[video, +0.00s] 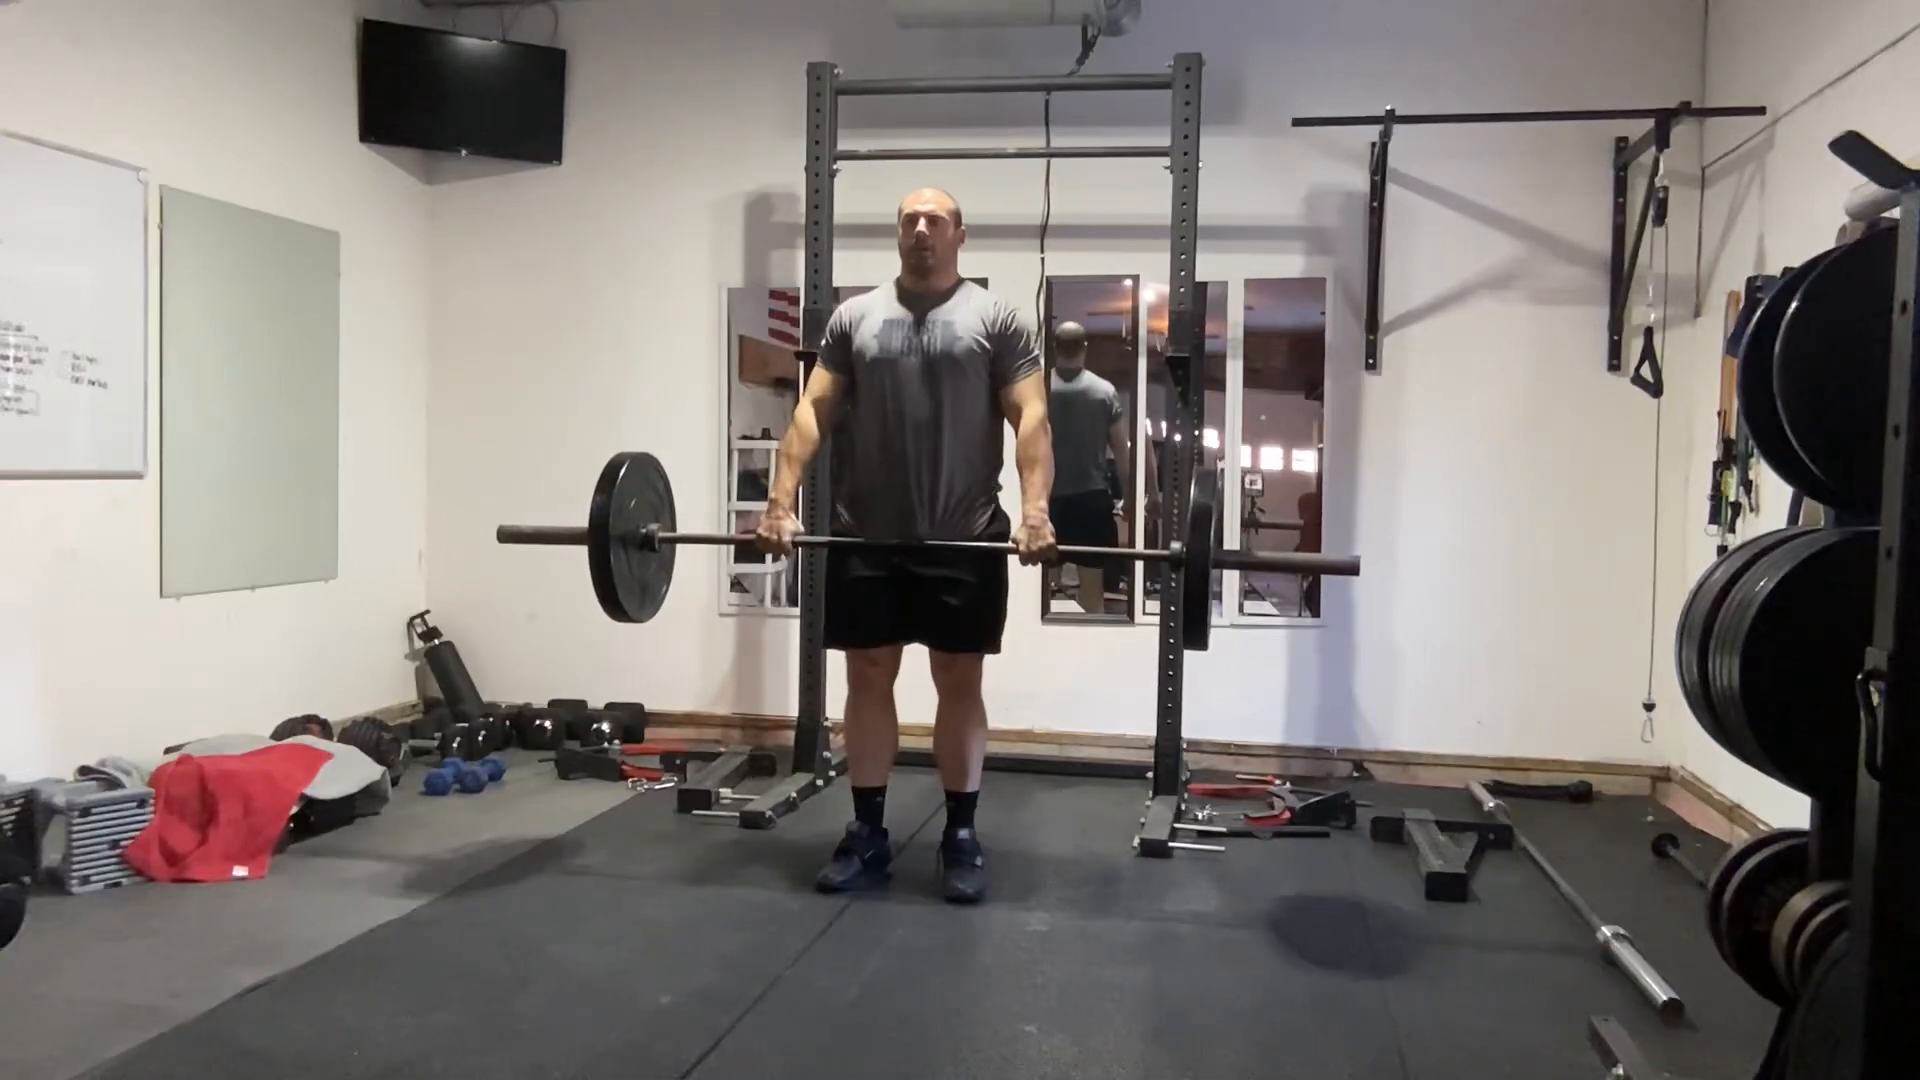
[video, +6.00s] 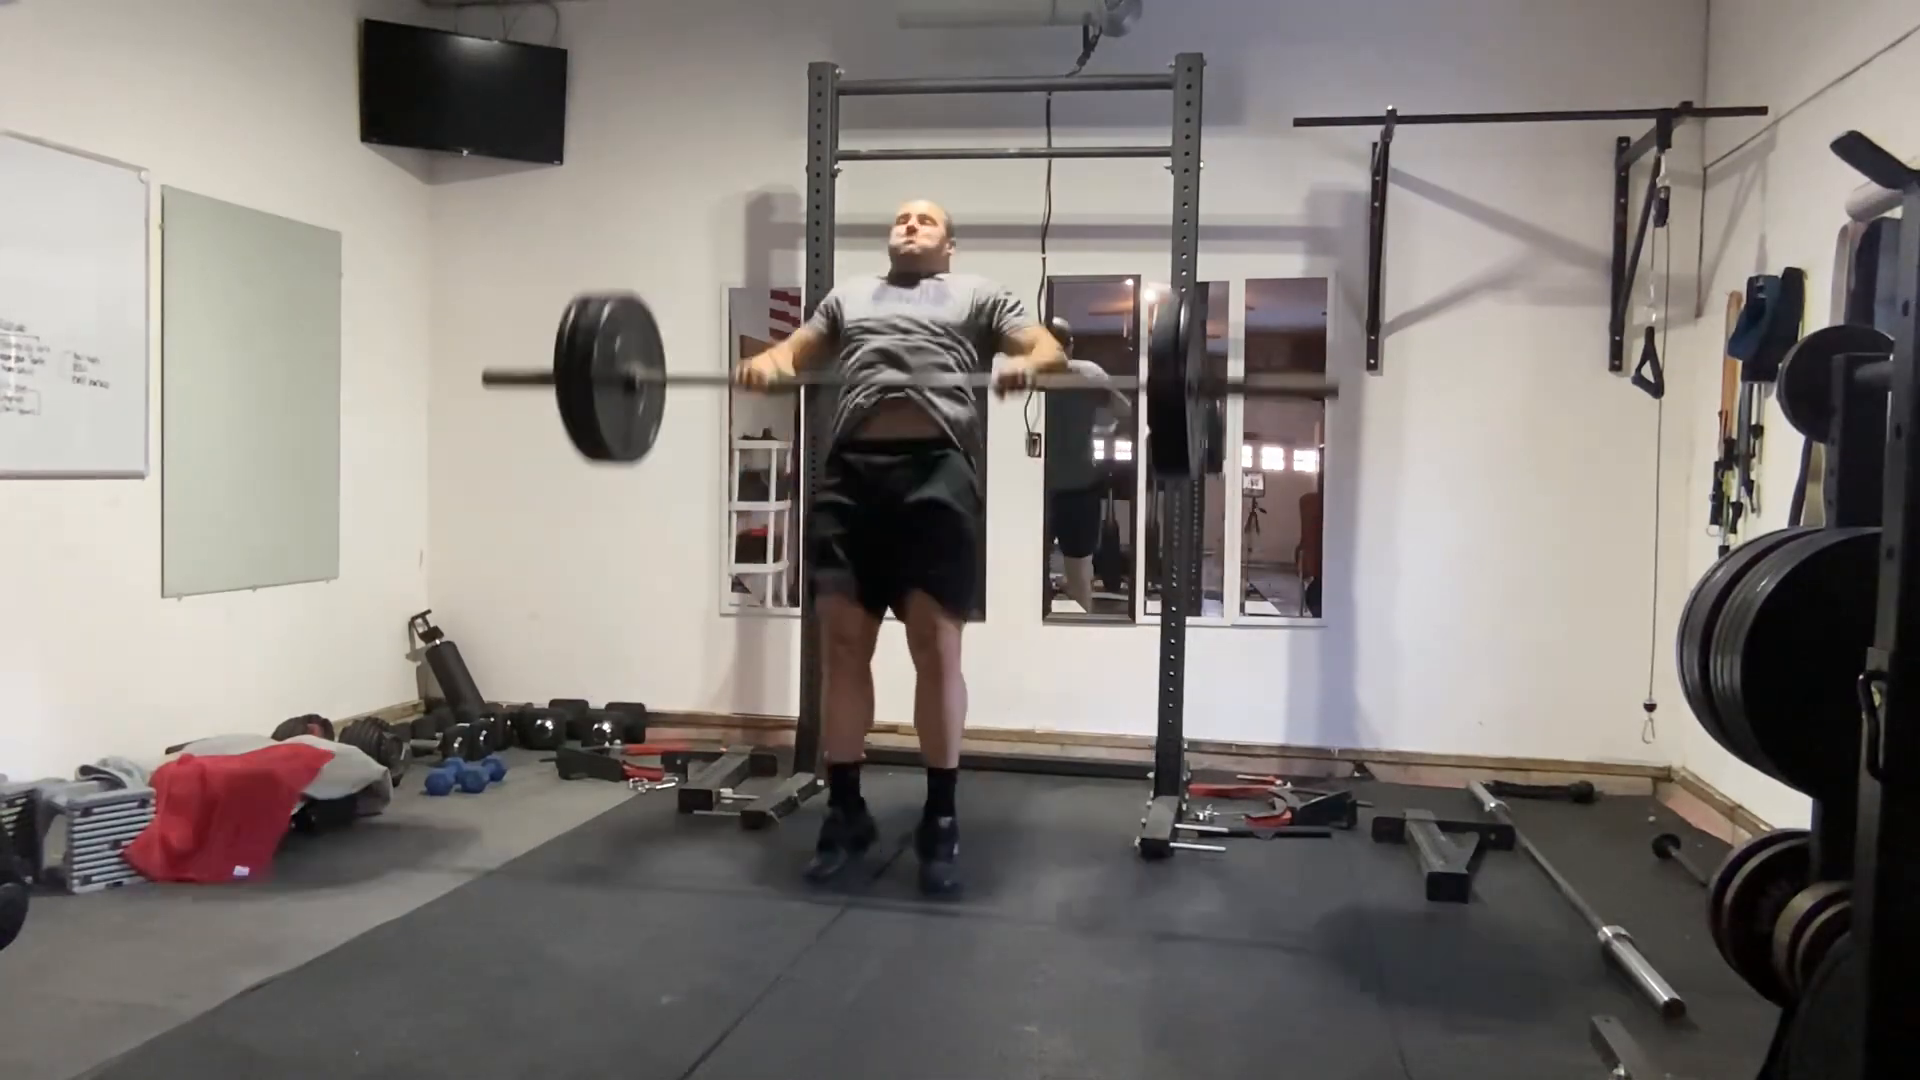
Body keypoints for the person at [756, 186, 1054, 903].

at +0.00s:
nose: (920, 228)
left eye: (935, 219)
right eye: (910, 219)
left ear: (959, 238)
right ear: (897, 236)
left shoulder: (995, 320)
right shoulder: (853, 318)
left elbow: (1030, 417)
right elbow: (810, 410)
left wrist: (1035, 508)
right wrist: (780, 501)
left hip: (962, 534)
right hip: (867, 533)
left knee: (958, 679)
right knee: (867, 676)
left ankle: (961, 836)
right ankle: (866, 836)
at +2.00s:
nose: (910, 229)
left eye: (926, 222)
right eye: (900, 221)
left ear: (953, 248)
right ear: (886, 243)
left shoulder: (973, 315)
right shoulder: (848, 315)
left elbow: (1018, 344)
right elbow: (780, 350)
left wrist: (1030, 275)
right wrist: (784, 281)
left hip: (963, 531)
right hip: (865, 528)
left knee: (975, 693)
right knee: (837, 683)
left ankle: (962, 840)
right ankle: (865, 838)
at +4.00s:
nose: (908, 219)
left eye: (926, 214)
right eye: (900, 213)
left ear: (954, 244)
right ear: (885, 241)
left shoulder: (972, 317)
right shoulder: (848, 320)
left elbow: (1017, 378)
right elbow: (774, 389)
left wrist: (1034, 291)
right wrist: (769, 301)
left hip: (948, 527)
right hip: (856, 524)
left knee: (950, 688)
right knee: (846, 684)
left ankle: (959, 841)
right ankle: (867, 840)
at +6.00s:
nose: (908, 225)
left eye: (923, 221)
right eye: (900, 220)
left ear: (948, 244)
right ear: (886, 243)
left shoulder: (980, 296)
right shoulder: (849, 297)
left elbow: (1050, 347)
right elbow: (794, 352)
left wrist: (1028, 362)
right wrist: (767, 362)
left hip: (935, 473)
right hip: (852, 472)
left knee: (934, 643)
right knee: (842, 643)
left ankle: (941, 819)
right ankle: (844, 812)